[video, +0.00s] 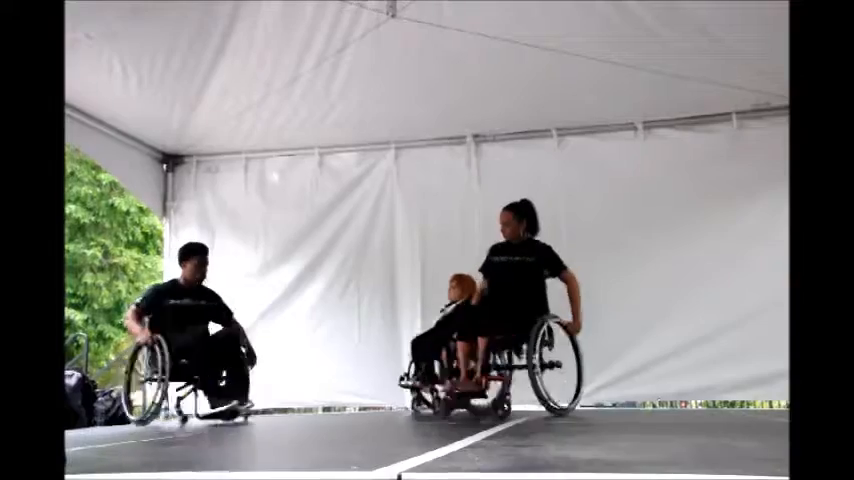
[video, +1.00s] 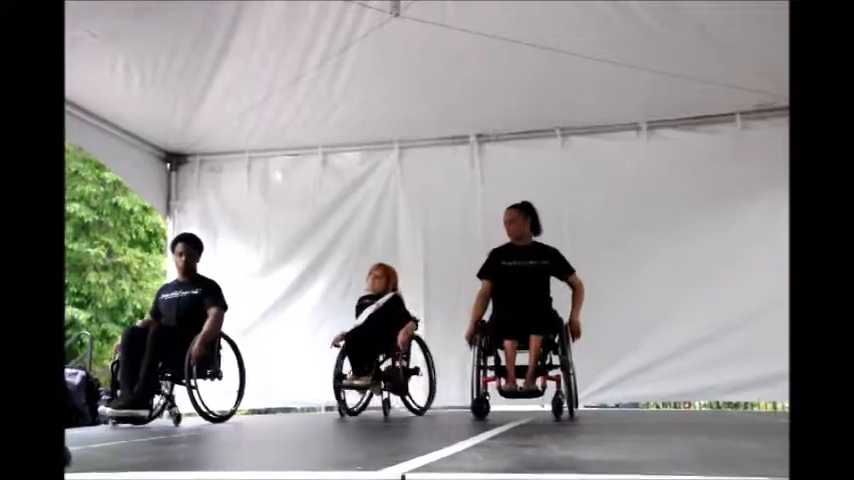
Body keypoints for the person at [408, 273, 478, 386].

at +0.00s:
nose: (449, 290)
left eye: (453, 287)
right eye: (450, 286)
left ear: (462, 290)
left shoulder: (464, 309)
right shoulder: (453, 306)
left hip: (443, 336)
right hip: (438, 333)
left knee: (419, 344)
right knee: (418, 342)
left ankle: (426, 375)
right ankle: (423, 374)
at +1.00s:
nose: (373, 280)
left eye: (378, 277)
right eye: (371, 276)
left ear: (388, 281)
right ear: (368, 279)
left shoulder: (393, 300)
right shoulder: (364, 301)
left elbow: (411, 321)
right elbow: (362, 325)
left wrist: (405, 332)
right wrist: (345, 336)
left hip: (386, 337)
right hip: (367, 335)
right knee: (352, 340)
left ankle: (366, 374)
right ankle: (358, 373)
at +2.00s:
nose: (331, 261)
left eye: (337, 257)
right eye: (328, 256)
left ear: (350, 261)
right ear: (325, 260)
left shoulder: (360, 281)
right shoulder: (322, 281)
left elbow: (370, 300)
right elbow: (300, 301)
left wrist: (376, 307)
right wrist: (301, 273)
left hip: (354, 318)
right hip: (331, 318)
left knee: (344, 332)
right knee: (319, 327)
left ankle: (345, 368)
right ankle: (329, 366)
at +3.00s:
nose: (310, 248)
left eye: (318, 245)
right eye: (308, 242)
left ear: (331, 253)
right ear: (303, 246)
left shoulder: (340, 271)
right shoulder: (293, 274)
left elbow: (370, 286)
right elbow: (284, 306)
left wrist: (359, 258)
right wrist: (275, 324)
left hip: (334, 318)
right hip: (305, 319)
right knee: (294, 320)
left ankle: (323, 373)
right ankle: (303, 370)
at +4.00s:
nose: (284, 232)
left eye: (287, 227)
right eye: (286, 227)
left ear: (295, 230)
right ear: (315, 232)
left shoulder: (298, 257)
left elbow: (283, 293)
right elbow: (285, 292)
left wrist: (244, 301)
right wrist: (244, 300)